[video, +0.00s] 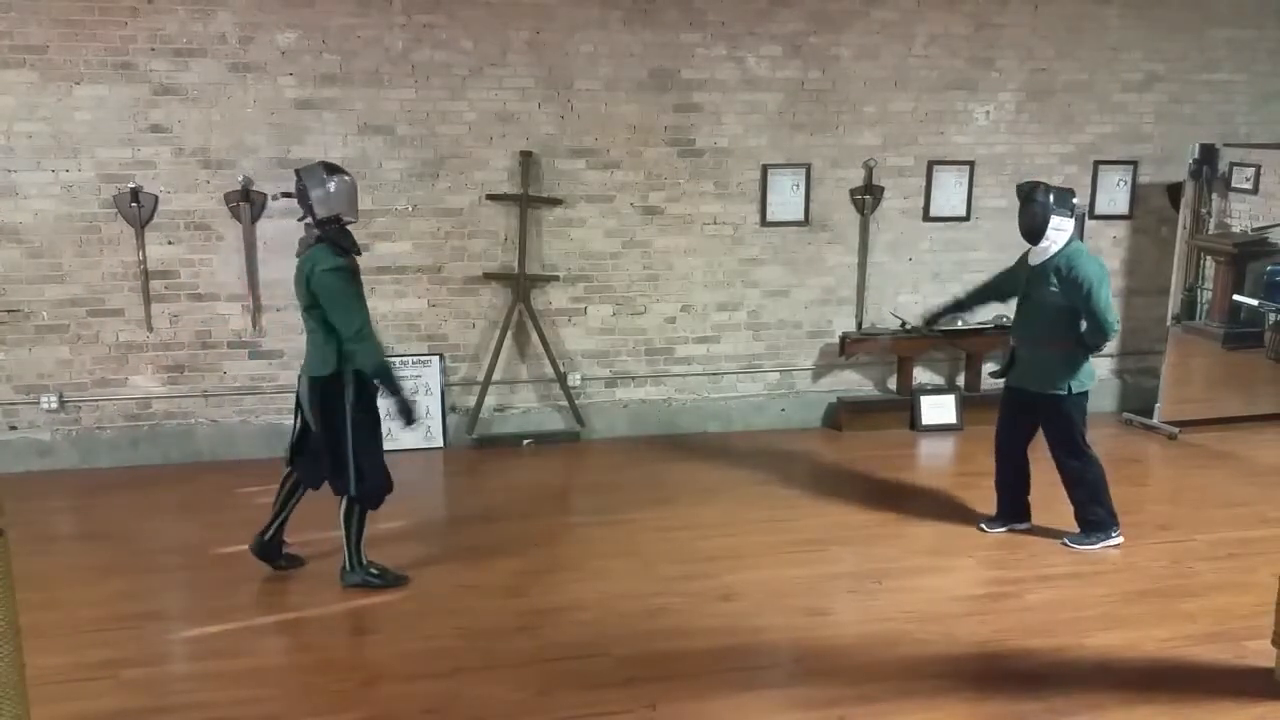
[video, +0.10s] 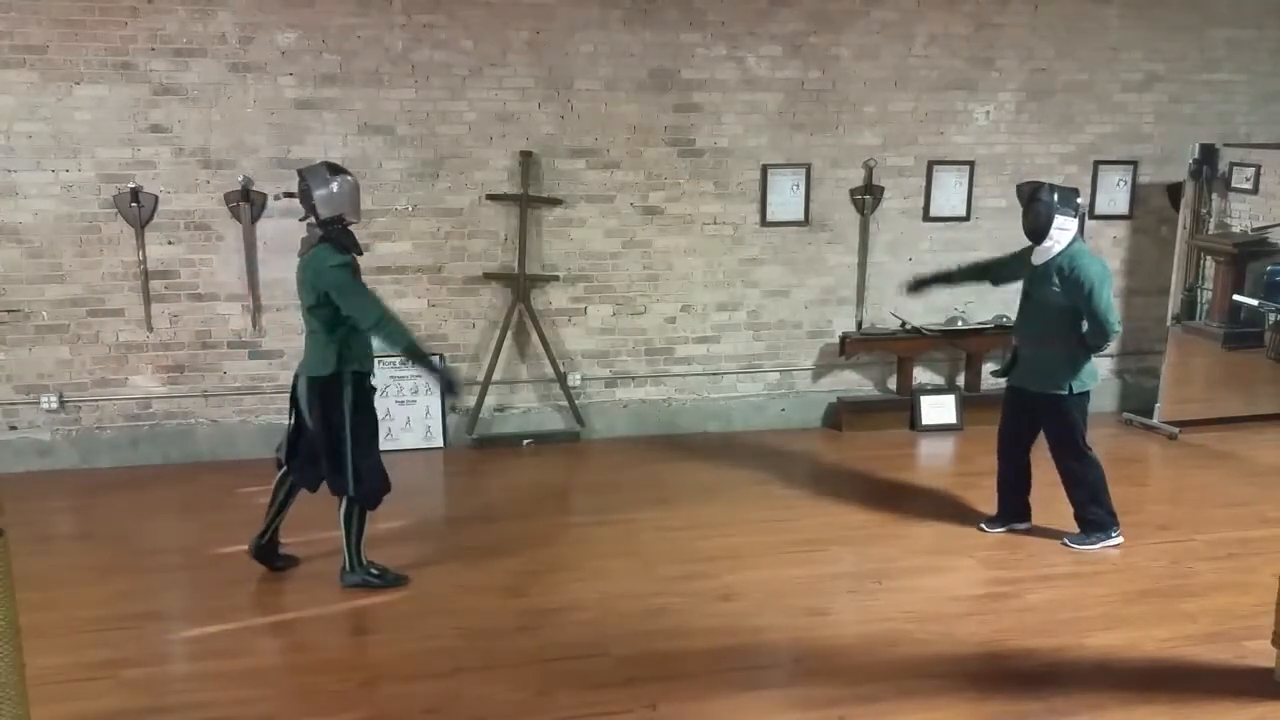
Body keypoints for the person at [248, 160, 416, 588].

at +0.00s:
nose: (351, 206)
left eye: (347, 198)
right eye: (346, 199)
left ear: (310, 205)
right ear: (336, 203)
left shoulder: (314, 254)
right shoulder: (329, 262)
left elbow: (339, 328)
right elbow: (357, 333)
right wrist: (394, 388)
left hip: (318, 376)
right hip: (342, 378)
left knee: (308, 461)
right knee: (363, 473)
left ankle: (269, 539)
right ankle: (356, 565)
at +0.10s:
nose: (355, 206)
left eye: (352, 198)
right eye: (349, 200)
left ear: (314, 207)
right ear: (338, 205)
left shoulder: (315, 253)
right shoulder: (331, 262)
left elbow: (328, 322)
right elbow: (376, 318)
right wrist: (429, 364)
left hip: (315, 376)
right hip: (340, 379)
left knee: (302, 461)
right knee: (359, 472)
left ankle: (266, 541)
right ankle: (355, 566)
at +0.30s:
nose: (356, 205)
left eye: (351, 198)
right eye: (351, 199)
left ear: (312, 208)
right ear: (343, 205)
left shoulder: (312, 255)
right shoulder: (337, 257)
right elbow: (392, 275)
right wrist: (462, 280)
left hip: (311, 378)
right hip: (338, 380)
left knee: (292, 463)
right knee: (361, 475)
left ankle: (245, 540)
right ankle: (354, 566)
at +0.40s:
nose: (354, 205)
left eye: (350, 198)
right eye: (349, 199)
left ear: (311, 208)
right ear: (340, 204)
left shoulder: (310, 254)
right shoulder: (333, 251)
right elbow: (388, 253)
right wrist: (460, 240)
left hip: (310, 376)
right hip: (337, 378)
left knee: (283, 461)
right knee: (361, 474)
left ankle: (239, 540)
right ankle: (355, 566)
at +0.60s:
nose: (350, 211)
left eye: (348, 203)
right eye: (344, 204)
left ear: (306, 210)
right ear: (332, 206)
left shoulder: (303, 252)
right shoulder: (324, 248)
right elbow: (373, 224)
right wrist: (431, 192)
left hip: (305, 375)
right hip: (332, 375)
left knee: (275, 461)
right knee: (360, 471)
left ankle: (234, 542)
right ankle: (355, 565)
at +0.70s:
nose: (345, 208)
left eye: (343, 201)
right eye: (340, 201)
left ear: (304, 211)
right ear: (330, 205)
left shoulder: (300, 252)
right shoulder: (323, 245)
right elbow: (370, 218)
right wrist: (424, 182)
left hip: (304, 374)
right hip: (331, 372)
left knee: (273, 460)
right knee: (359, 471)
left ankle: (232, 542)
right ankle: (355, 564)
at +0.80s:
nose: (345, 209)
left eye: (343, 202)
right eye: (340, 202)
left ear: (303, 212)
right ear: (328, 207)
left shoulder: (298, 251)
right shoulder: (320, 245)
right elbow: (365, 217)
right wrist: (420, 179)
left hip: (302, 375)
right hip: (328, 373)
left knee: (272, 461)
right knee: (359, 472)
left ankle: (231, 543)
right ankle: (356, 565)